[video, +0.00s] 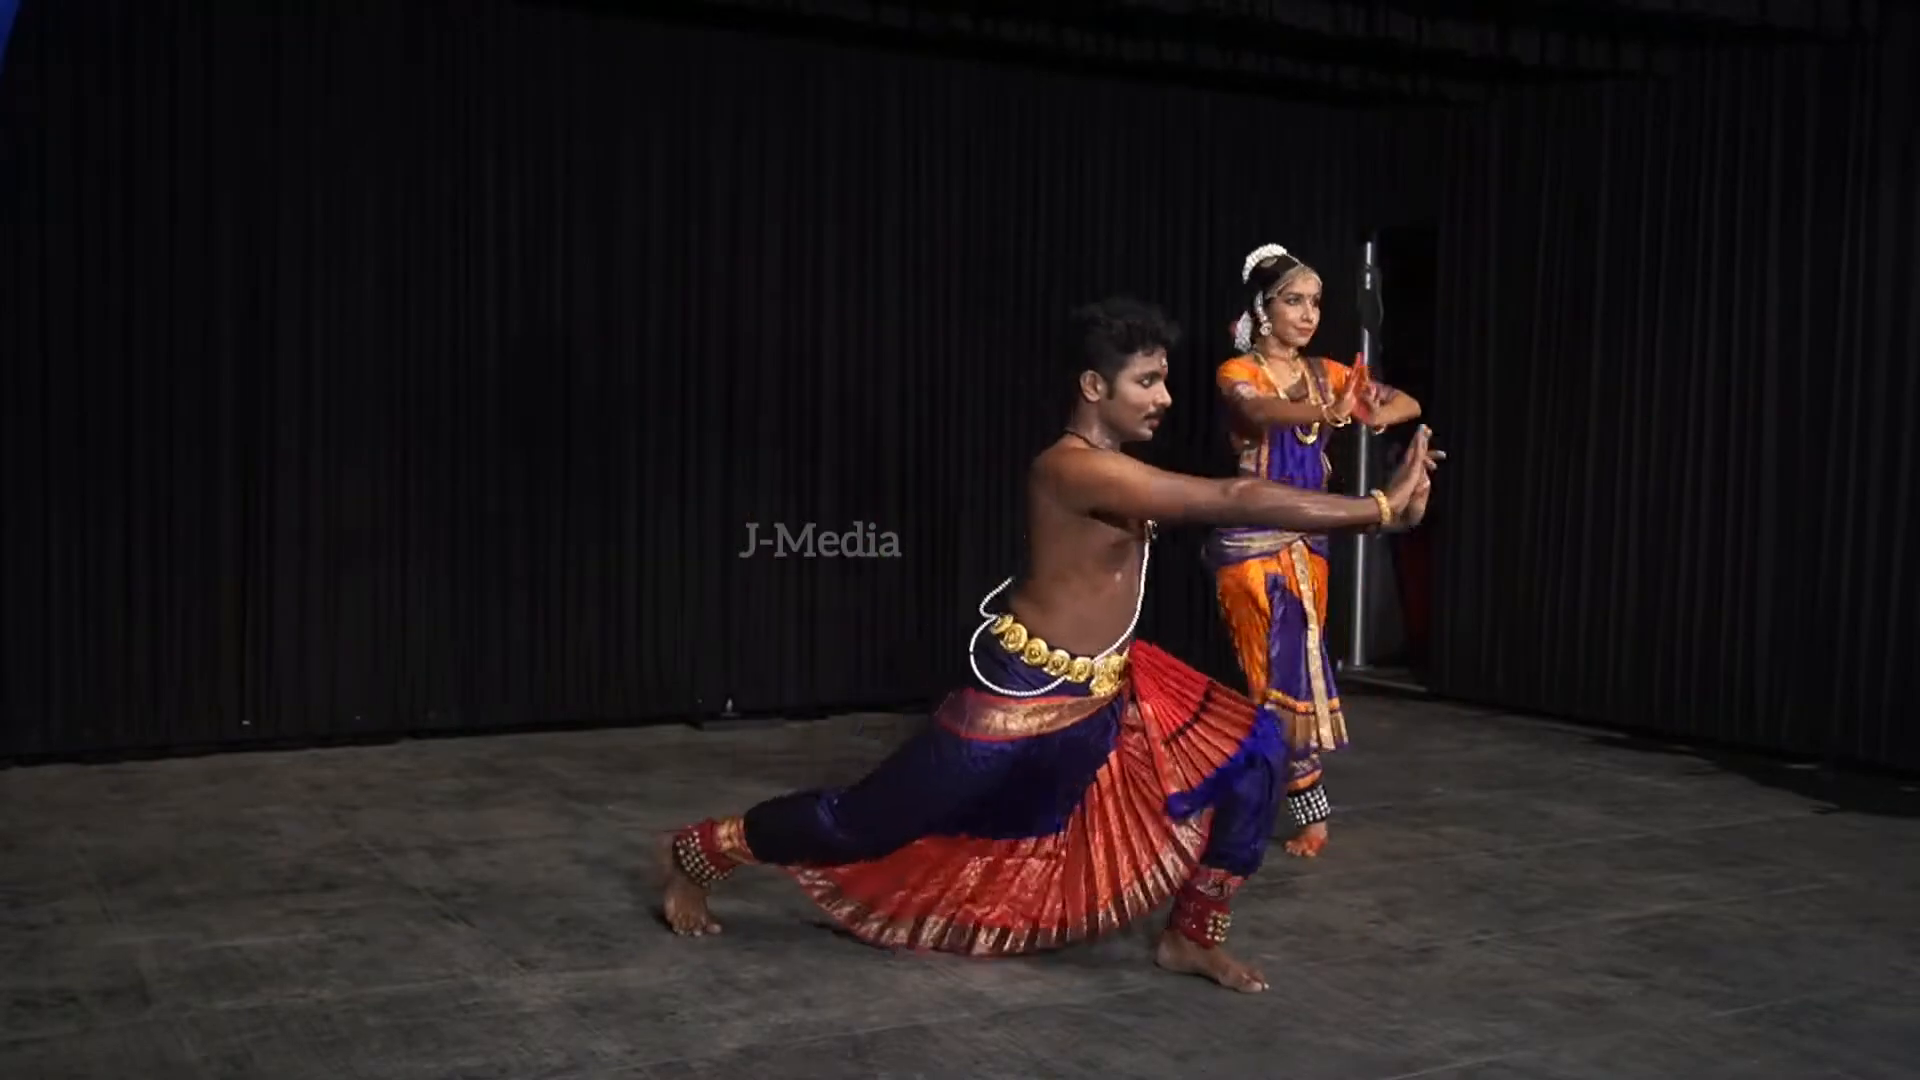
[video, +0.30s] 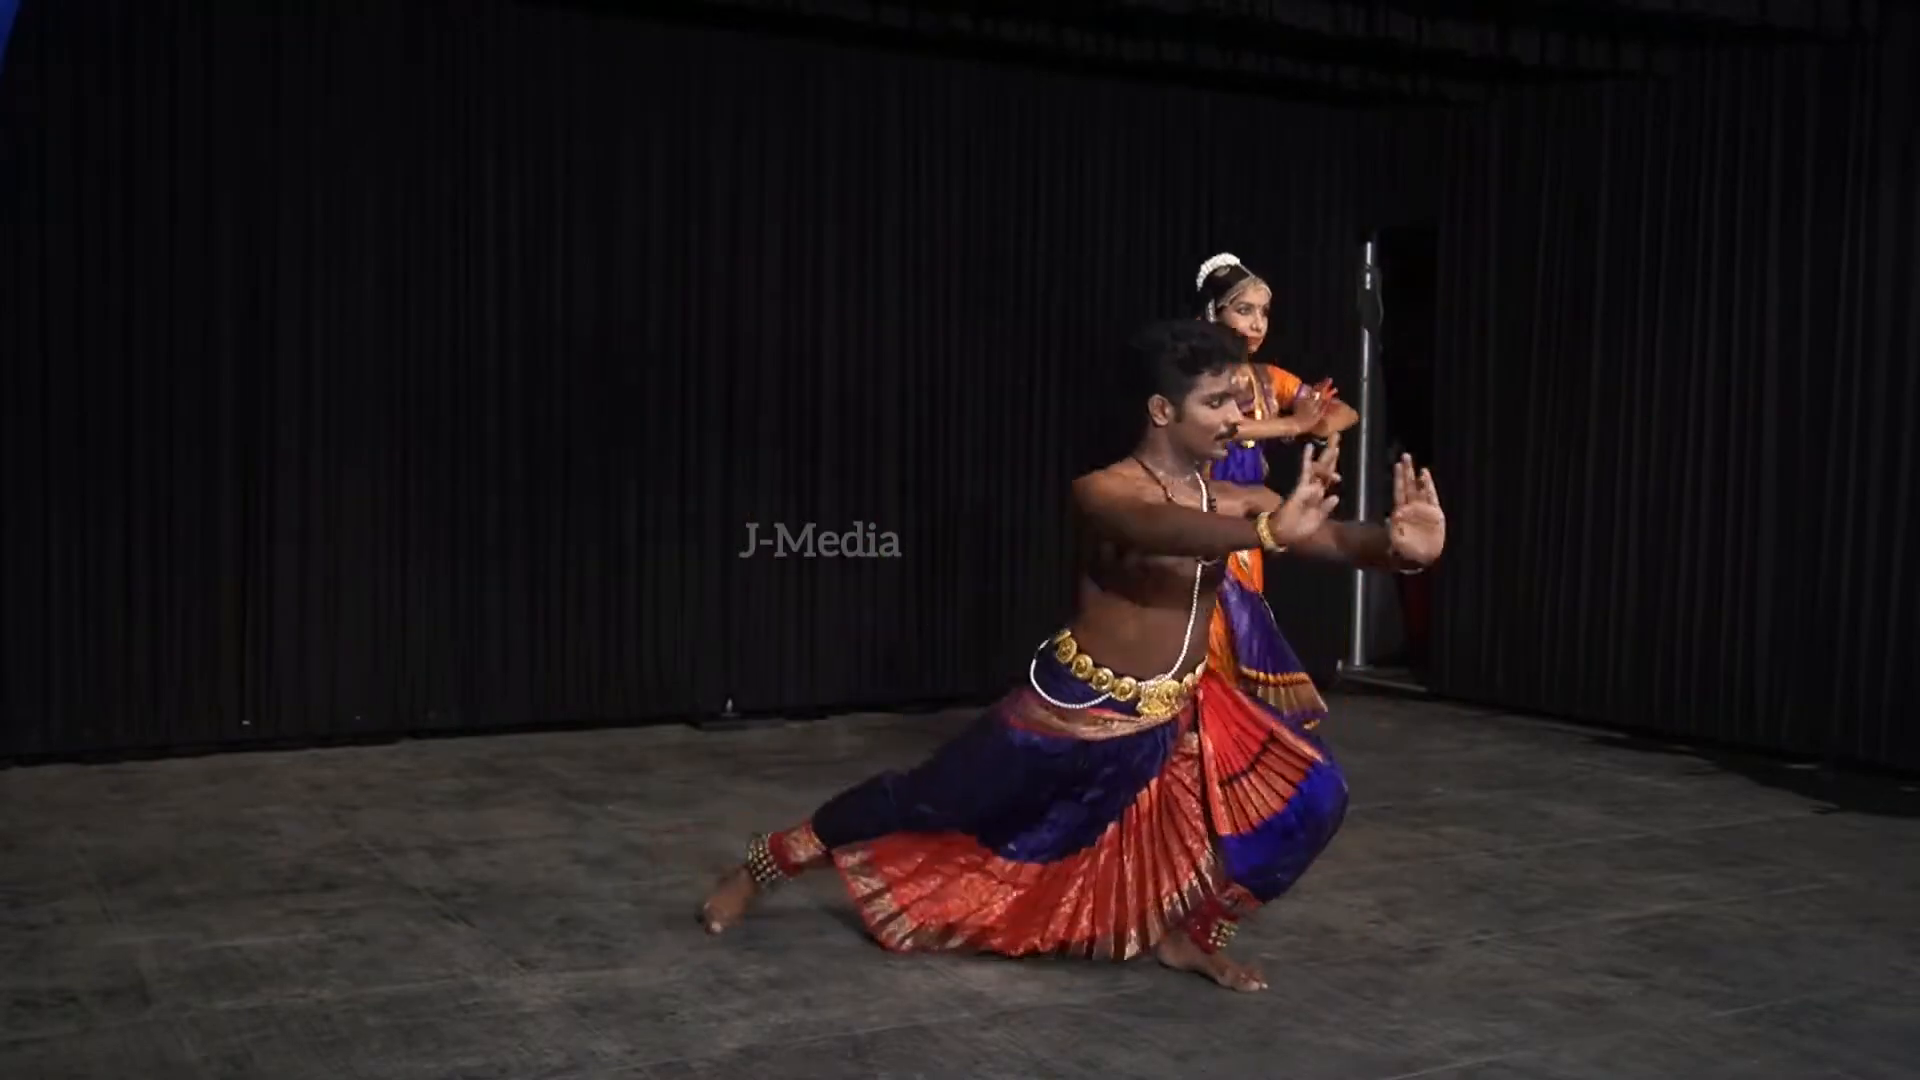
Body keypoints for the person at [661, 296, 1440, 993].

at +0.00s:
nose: (1163, 399)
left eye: (1166, 383)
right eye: (1146, 383)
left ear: (1141, 391)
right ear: (1092, 387)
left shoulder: (1126, 462)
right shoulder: (1072, 467)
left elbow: (1218, 506)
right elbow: (1230, 503)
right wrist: (1375, 512)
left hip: (1108, 679)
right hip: (1022, 687)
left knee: (1257, 752)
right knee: (866, 825)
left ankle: (1194, 934)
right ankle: (698, 852)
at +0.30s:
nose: (1237, 420)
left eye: (1241, 404)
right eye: (1218, 404)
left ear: (1239, 410)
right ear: (1160, 409)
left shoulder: (1239, 491)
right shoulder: (1104, 491)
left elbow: (1328, 542)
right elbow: (1166, 530)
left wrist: (1402, 547)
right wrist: (1264, 528)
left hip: (1185, 713)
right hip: (1082, 703)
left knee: (1315, 795)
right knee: (935, 794)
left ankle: (1191, 930)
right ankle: (768, 863)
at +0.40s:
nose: (1236, 396)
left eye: (1243, 379)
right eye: (1216, 380)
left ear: (1253, 390)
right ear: (1162, 391)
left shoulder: (1263, 485)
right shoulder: (1105, 471)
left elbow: (1372, 541)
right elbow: (1052, 521)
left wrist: (1340, 549)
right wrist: (1146, 543)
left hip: (1209, 703)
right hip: (1095, 699)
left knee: (1322, 801)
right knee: (954, 791)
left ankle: (1193, 925)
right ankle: (790, 882)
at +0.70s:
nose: (1198, 340)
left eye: (1214, 322)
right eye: (1181, 324)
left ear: (1239, 331)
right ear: (1157, 334)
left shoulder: (1291, 426)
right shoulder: (1113, 430)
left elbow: (1423, 465)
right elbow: (1014, 523)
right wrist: (1120, 534)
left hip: (1244, 651)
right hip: (1127, 648)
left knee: (1313, 811)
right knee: (1013, 778)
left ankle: (1204, 923)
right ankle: (870, 892)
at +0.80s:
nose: (1186, 316)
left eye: (1202, 300)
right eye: (1170, 301)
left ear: (1230, 308)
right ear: (1146, 312)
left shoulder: (1282, 387)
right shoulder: (1107, 416)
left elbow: (1417, 391)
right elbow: (1021, 524)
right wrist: (1129, 537)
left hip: (1259, 626)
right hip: (1144, 626)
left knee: (1302, 805)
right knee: (1036, 762)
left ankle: (1210, 925)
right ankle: (904, 893)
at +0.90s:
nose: (1172, 298)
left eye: (1188, 281)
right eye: (1155, 283)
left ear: (1217, 289)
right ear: (1135, 296)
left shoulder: (1274, 354)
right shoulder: (1107, 405)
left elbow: (1412, 301)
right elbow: (1037, 524)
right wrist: (1139, 544)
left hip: (1271, 602)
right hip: (1159, 609)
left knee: (1283, 792)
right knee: (1060, 756)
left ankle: (1218, 932)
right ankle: (939, 894)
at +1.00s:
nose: (1164, 284)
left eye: (1179, 267)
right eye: (1147, 271)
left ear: (1214, 275)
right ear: (1131, 288)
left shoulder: (1271, 325)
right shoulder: (1112, 401)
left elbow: (1371, 207)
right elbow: (1063, 526)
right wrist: (1160, 551)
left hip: (1286, 579)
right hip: (1175, 592)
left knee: (1279, 772)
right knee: (1082, 739)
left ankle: (1220, 929)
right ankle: (975, 902)